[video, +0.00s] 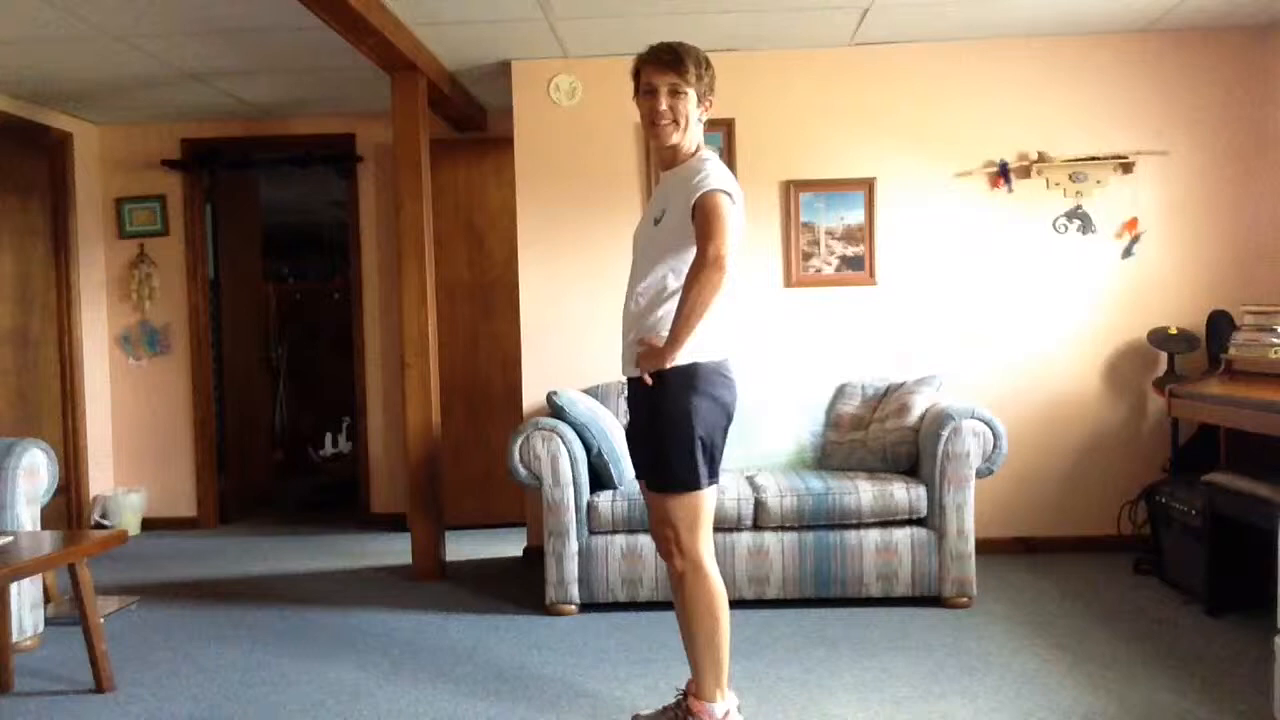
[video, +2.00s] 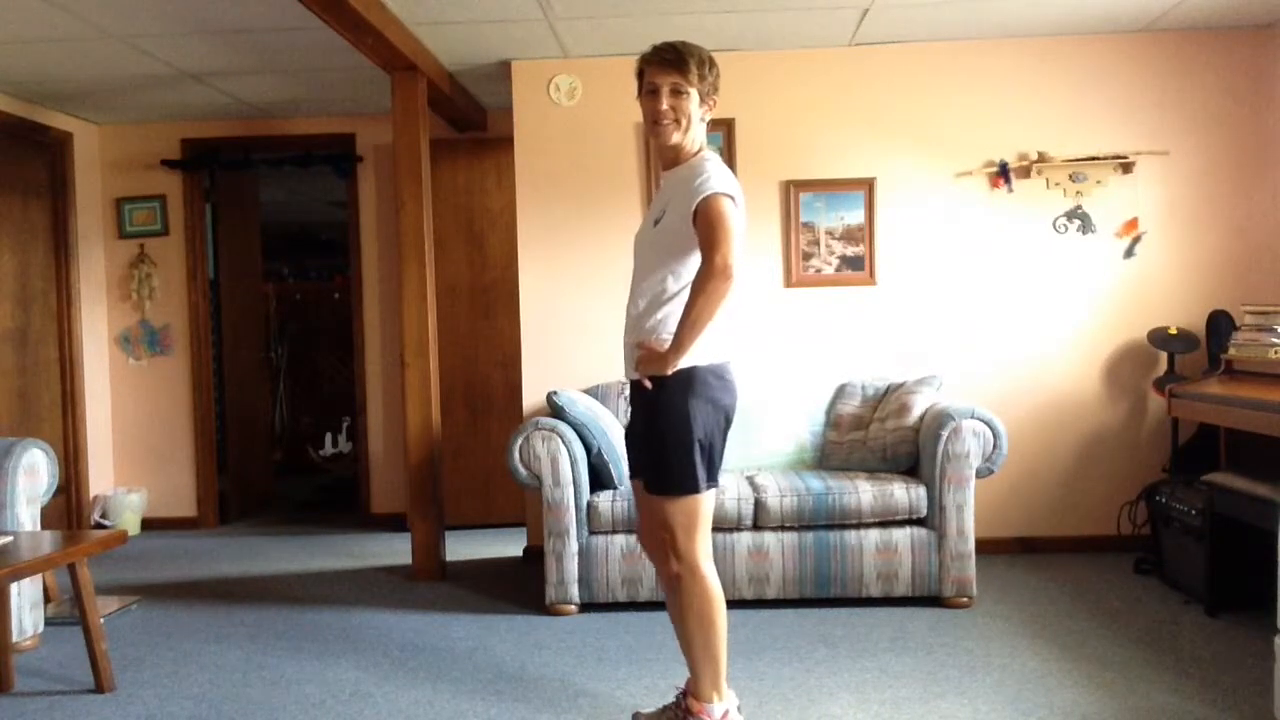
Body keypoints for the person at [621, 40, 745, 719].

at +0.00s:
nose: (659, 106)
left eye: (675, 93)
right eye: (648, 93)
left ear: (702, 103)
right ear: (636, 103)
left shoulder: (705, 173)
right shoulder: (669, 181)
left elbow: (716, 258)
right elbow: (667, 273)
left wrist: (670, 348)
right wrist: (646, 351)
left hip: (682, 379)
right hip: (656, 379)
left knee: (688, 548)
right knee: (673, 545)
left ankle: (714, 700)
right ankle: (706, 693)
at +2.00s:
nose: (661, 104)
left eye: (676, 92)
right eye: (651, 92)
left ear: (705, 103)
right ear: (640, 101)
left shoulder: (707, 176)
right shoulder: (670, 181)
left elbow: (721, 267)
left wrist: (673, 353)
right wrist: (649, 355)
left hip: (684, 382)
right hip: (656, 382)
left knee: (686, 551)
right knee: (660, 547)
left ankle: (713, 700)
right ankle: (704, 691)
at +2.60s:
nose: (576, 158)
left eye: (579, 142)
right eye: (571, 145)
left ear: (618, 125)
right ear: (621, 128)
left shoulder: (657, 184)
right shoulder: (663, 181)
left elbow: (637, 279)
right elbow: (640, 284)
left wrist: (579, 361)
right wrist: (577, 361)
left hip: (701, 376)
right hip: (707, 373)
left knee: (665, 541)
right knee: (681, 540)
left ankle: (707, 693)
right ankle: (708, 676)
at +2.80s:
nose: (523, 241)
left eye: (525, 226)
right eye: (518, 229)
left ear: (556, 210)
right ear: (559, 210)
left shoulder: (601, 252)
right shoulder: (607, 245)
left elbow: (569, 364)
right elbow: (579, 364)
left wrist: (521, 451)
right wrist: (534, 441)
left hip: (734, 399)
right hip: (735, 397)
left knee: (668, 556)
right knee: (678, 550)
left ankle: (713, 703)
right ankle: (706, 678)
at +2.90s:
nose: (486, 348)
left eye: (487, 333)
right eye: (480, 336)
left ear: (521, 314)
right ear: (524, 311)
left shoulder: (566, 354)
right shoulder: (581, 341)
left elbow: (536, 479)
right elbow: (551, 473)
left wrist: (479, 585)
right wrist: (512, 539)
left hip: (750, 428)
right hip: (760, 420)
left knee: (646, 572)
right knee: (672, 557)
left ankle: (705, 711)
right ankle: (709, 684)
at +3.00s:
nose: (477, 415)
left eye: (477, 401)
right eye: (471, 404)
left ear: (507, 382)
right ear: (510, 377)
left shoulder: (557, 415)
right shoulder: (564, 392)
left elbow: (523, 543)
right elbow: (535, 532)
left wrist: (469, 650)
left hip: (754, 443)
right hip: (754, 434)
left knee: (639, 578)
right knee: (658, 555)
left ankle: (706, 714)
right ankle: (707, 683)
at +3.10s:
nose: (467, 497)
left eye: (467, 484)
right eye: (461, 486)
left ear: (492, 464)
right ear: (498, 452)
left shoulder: (546, 479)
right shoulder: (545, 443)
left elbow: (511, 620)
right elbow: (519, 597)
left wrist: (470, 710)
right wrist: (488, 662)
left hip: (745, 471)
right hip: (744, 455)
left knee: (620, 590)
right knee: (638, 546)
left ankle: (700, 712)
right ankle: (705, 679)